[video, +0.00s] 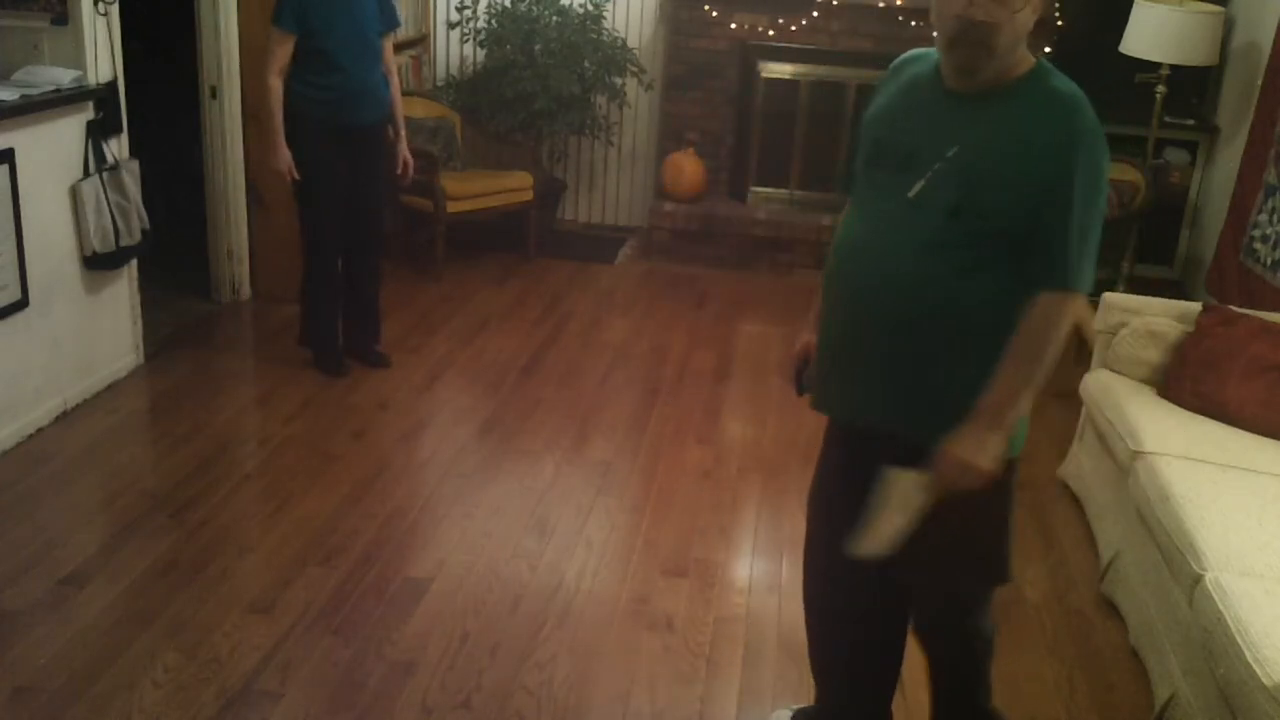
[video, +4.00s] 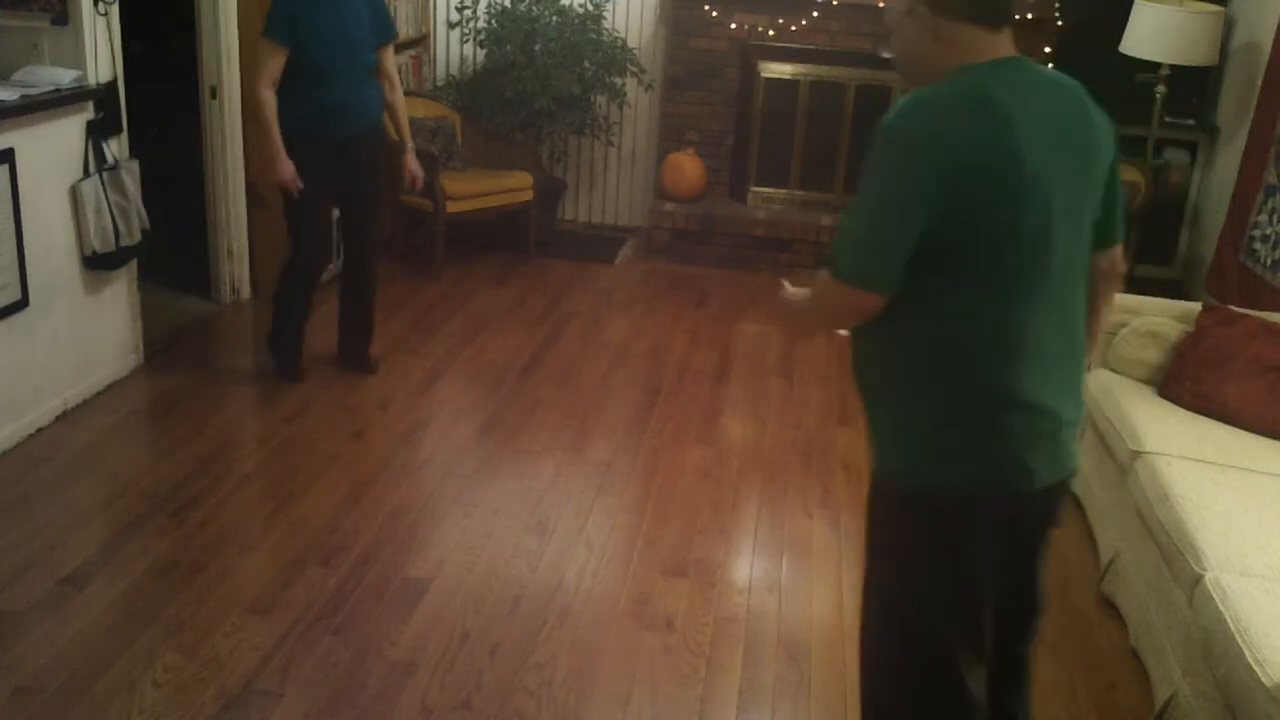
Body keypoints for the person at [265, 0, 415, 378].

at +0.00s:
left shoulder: (379, 6)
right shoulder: (296, 6)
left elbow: (389, 69)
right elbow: (274, 73)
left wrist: (400, 137)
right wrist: (279, 144)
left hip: (370, 133)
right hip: (317, 135)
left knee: (367, 240)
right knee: (322, 242)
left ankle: (363, 340)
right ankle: (323, 345)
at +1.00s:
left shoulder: (379, 6)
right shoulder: (297, 6)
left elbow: (389, 71)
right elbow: (276, 73)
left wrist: (400, 137)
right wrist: (281, 146)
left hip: (370, 133)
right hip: (317, 134)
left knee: (367, 239)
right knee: (322, 241)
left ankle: (363, 339)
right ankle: (323, 345)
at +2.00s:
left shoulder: (385, 6)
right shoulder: (302, 7)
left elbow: (394, 73)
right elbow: (282, 74)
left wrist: (401, 140)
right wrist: (284, 145)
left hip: (375, 132)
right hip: (320, 133)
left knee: (368, 239)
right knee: (325, 240)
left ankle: (364, 340)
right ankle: (324, 345)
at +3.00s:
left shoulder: (331, 8)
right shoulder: (250, 8)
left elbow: (339, 81)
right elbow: (222, 82)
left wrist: (349, 151)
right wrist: (235, 157)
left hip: (321, 147)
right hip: (261, 151)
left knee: (346, 250)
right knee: (268, 262)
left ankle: (343, 341)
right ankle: (265, 370)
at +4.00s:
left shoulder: (374, 7)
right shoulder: (291, 8)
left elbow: (390, 79)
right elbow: (264, 85)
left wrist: (408, 146)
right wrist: (278, 155)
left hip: (365, 143)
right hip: (308, 145)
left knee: (363, 250)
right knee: (311, 252)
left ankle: (355, 349)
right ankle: (286, 350)